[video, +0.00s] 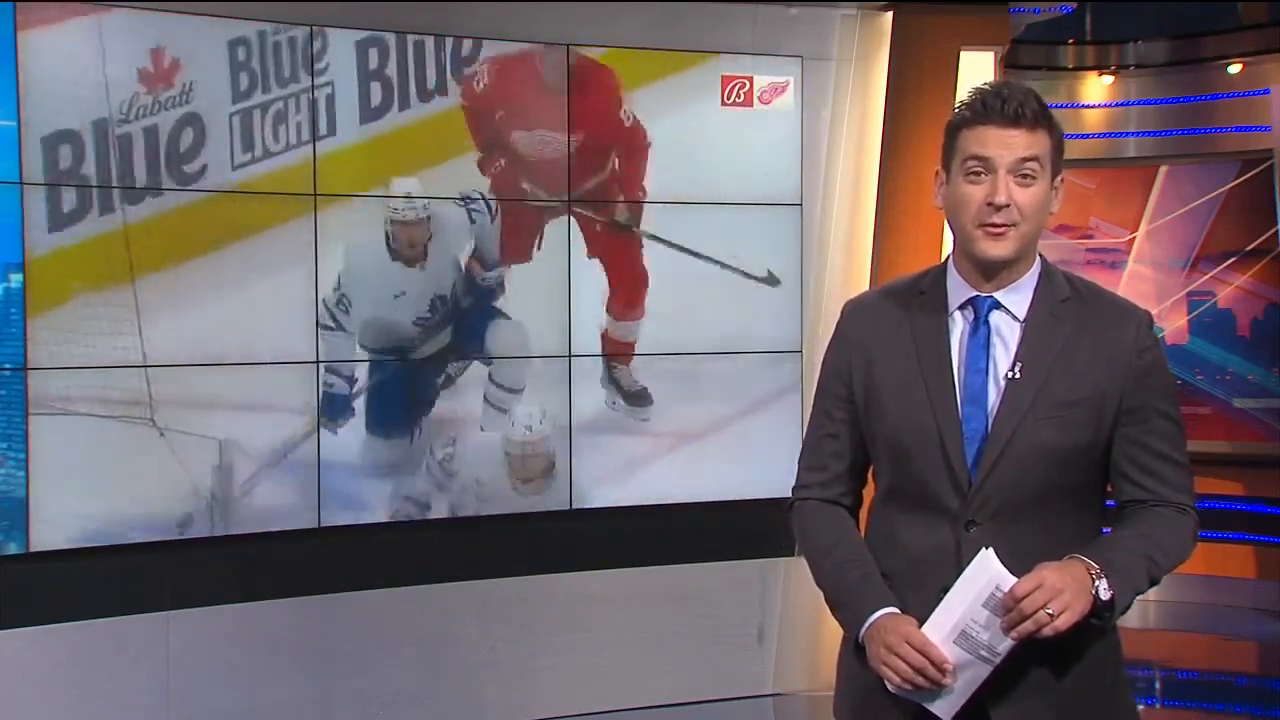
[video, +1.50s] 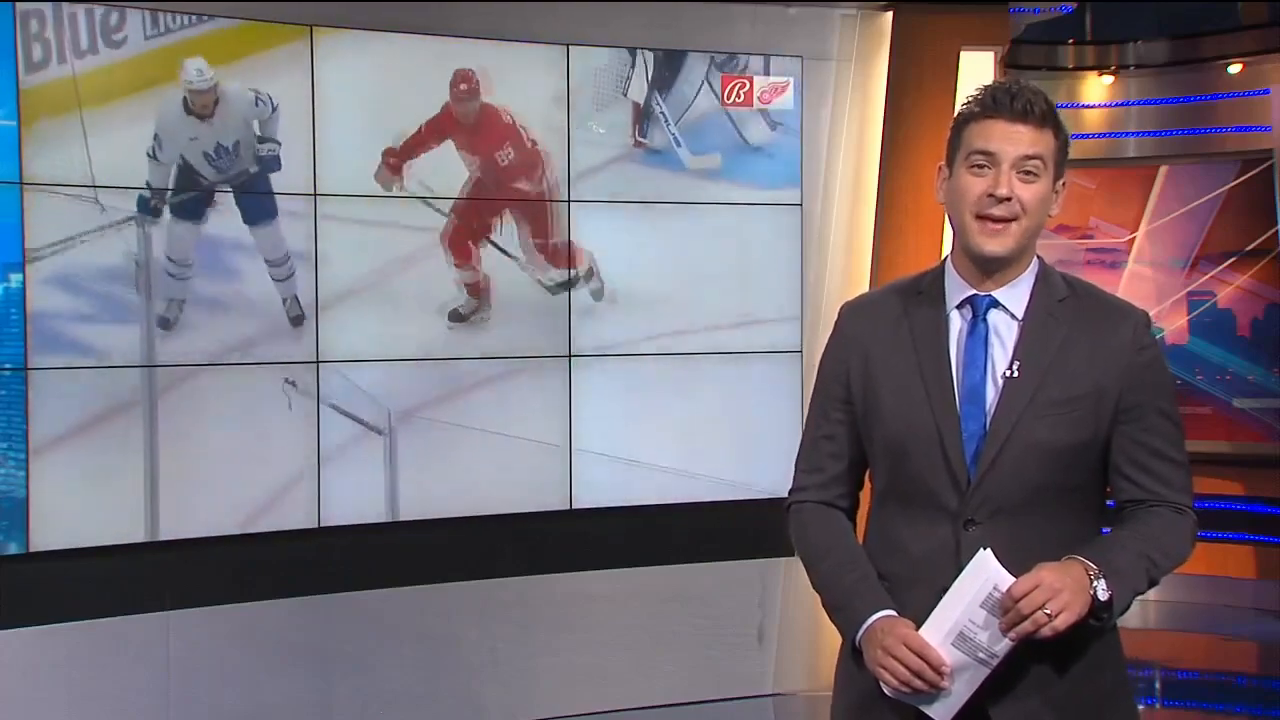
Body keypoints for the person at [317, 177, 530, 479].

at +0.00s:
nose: (412, 237)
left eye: (419, 227)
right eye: (403, 229)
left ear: (430, 223)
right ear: (388, 229)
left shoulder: (451, 223)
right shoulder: (362, 266)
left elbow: (483, 206)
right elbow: (334, 325)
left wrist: (491, 271)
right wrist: (336, 389)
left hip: (454, 323)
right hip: (398, 355)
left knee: (511, 340)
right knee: (383, 458)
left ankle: (493, 437)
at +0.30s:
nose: (379, 290)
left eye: (386, 277)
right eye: (368, 280)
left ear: (397, 273)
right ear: (350, 279)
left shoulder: (420, 270)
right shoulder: (322, 316)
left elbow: (469, 252)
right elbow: (298, 394)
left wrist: (459, 323)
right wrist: (291, 468)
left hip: (418, 361)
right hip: (352, 390)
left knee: (472, 409)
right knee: (352, 488)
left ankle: (458, 509)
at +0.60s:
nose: (265, 252)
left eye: (272, 241)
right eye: (255, 243)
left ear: (291, 234)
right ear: (244, 243)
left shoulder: (327, 231)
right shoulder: (226, 277)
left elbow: (383, 223)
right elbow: (199, 341)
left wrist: (370, 288)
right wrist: (187, 404)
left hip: (329, 311)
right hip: (263, 327)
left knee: (345, 392)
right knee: (269, 414)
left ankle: (353, 495)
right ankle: (296, 461)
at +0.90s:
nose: (132, 221)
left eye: (139, 210)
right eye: (122, 214)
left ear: (153, 205)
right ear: (109, 214)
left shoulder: (194, 215)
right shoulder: (96, 252)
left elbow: (244, 223)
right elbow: (95, 309)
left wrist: (234, 279)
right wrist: (89, 358)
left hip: (218, 301)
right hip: (153, 312)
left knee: (263, 384)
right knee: (143, 399)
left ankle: (299, 460)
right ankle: (179, 486)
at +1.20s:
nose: (159, 142)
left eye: (164, 132)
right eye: (150, 135)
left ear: (175, 127)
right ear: (139, 135)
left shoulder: (207, 138)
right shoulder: (128, 170)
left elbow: (249, 145)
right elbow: (126, 223)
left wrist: (245, 194)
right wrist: (121, 266)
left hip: (235, 216)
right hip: (181, 228)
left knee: (266, 289)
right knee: (169, 300)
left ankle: (295, 352)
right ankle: (188, 373)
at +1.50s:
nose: (204, 99)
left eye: (209, 91)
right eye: (197, 94)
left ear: (216, 88)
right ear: (186, 93)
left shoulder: (238, 100)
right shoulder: (171, 117)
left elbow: (270, 109)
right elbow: (159, 159)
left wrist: (270, 145)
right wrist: (156, 196)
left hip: (245, 168)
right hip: (196, 173)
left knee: (268, 233)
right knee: (179, 234)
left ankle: (289, 297)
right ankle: (174, 300)